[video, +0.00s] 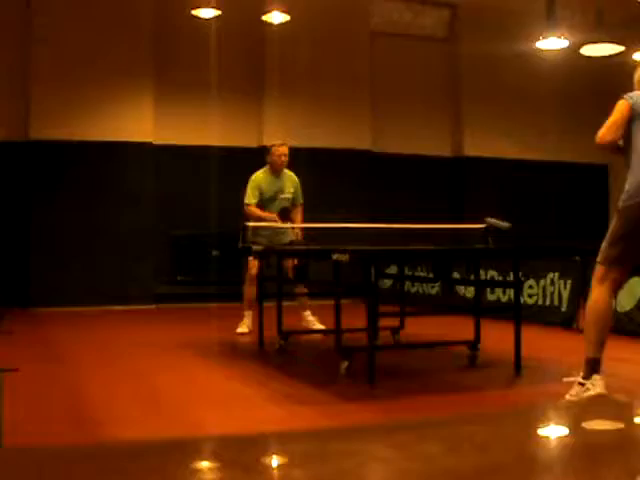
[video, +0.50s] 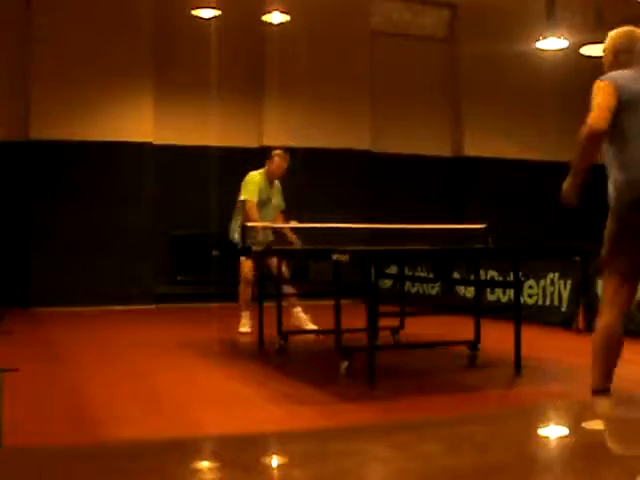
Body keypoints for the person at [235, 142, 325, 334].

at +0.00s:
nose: (283, 159)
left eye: (285, 156)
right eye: (279, 156)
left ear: (287, 158)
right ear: (269, 157)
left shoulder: (292, 179)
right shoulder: (257, 178)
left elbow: (297, 206)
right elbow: (249, 207)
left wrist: (297, 228)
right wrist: (268, 216)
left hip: (284, 233)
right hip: (260, 234)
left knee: (294, 270)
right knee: (253, 272)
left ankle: (307, 314)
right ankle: (247, 316)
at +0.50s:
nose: (281, 170)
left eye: (283, 167)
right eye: (278, 165)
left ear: (284, 168)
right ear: (269, 163)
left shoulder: (276, 185)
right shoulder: (253, 178)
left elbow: (277, 216)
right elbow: (250, 206)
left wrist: (288, 234)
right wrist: (258, 225)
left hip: (266, 235)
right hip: (245, 235)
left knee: (281, 269)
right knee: (247, 271)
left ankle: (295, 312)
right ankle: (245, 316)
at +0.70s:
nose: (249, 166)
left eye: (251, 163)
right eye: (248, 160)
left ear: (249, 165)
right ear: (240, 156)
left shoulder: (241, 183)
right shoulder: (220, 174)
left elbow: (233, 217)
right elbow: (217, 169)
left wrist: (237, 240)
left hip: (230, 231)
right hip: (212, 230)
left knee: (240, 269)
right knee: (218, 271)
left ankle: (231, 308)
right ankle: (219, 313)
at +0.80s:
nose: (216, 162)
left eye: (219, 159)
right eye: (214, 157)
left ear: (220, 163)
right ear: (204, 157)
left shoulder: (213, 184)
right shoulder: (191, 171)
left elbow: (208, 212)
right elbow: (174, 160)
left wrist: (208, 232)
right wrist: (194, 149)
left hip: (202, 230)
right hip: (184, 227)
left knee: (197, 272)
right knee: (191, 271)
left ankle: (179, 301)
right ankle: (192, 313)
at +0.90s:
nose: (194, 169)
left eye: (197, 166)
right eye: (192, 164)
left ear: (199, 170)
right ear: (184, 163)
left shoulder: (193, 190)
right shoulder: (169, 178)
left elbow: (193, 219)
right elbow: (150, 177)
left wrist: (197, 242)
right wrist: (171, 162)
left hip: (181, 236)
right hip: (163, 233)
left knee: (170, 272)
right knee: (171, 270)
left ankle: (154, 305)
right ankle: (174, 313)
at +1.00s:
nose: (188, 169)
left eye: (191, 165)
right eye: (185, 164)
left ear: (193, 168)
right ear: (176, 164)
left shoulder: (187, 192)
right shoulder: (163, 182)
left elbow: (192, 222)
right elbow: (143, 191)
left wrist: (200, 243)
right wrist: (163, 185)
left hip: (173, 236)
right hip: (156, 233)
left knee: (162, 273)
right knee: (165, 269)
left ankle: (147, 307)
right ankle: (167, 313)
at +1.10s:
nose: (186, 165)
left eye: (189, 162)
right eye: (183, 161)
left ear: (192, 164)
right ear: (175, 161)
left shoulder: (188, 188)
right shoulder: (162, 180)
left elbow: (195, 218)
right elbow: (144, 196)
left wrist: (207, 241)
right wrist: (160, 201)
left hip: (174, 235)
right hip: (156, 232)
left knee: (161, 273)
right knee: (164, 269)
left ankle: (146, 306)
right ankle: (162, 314)